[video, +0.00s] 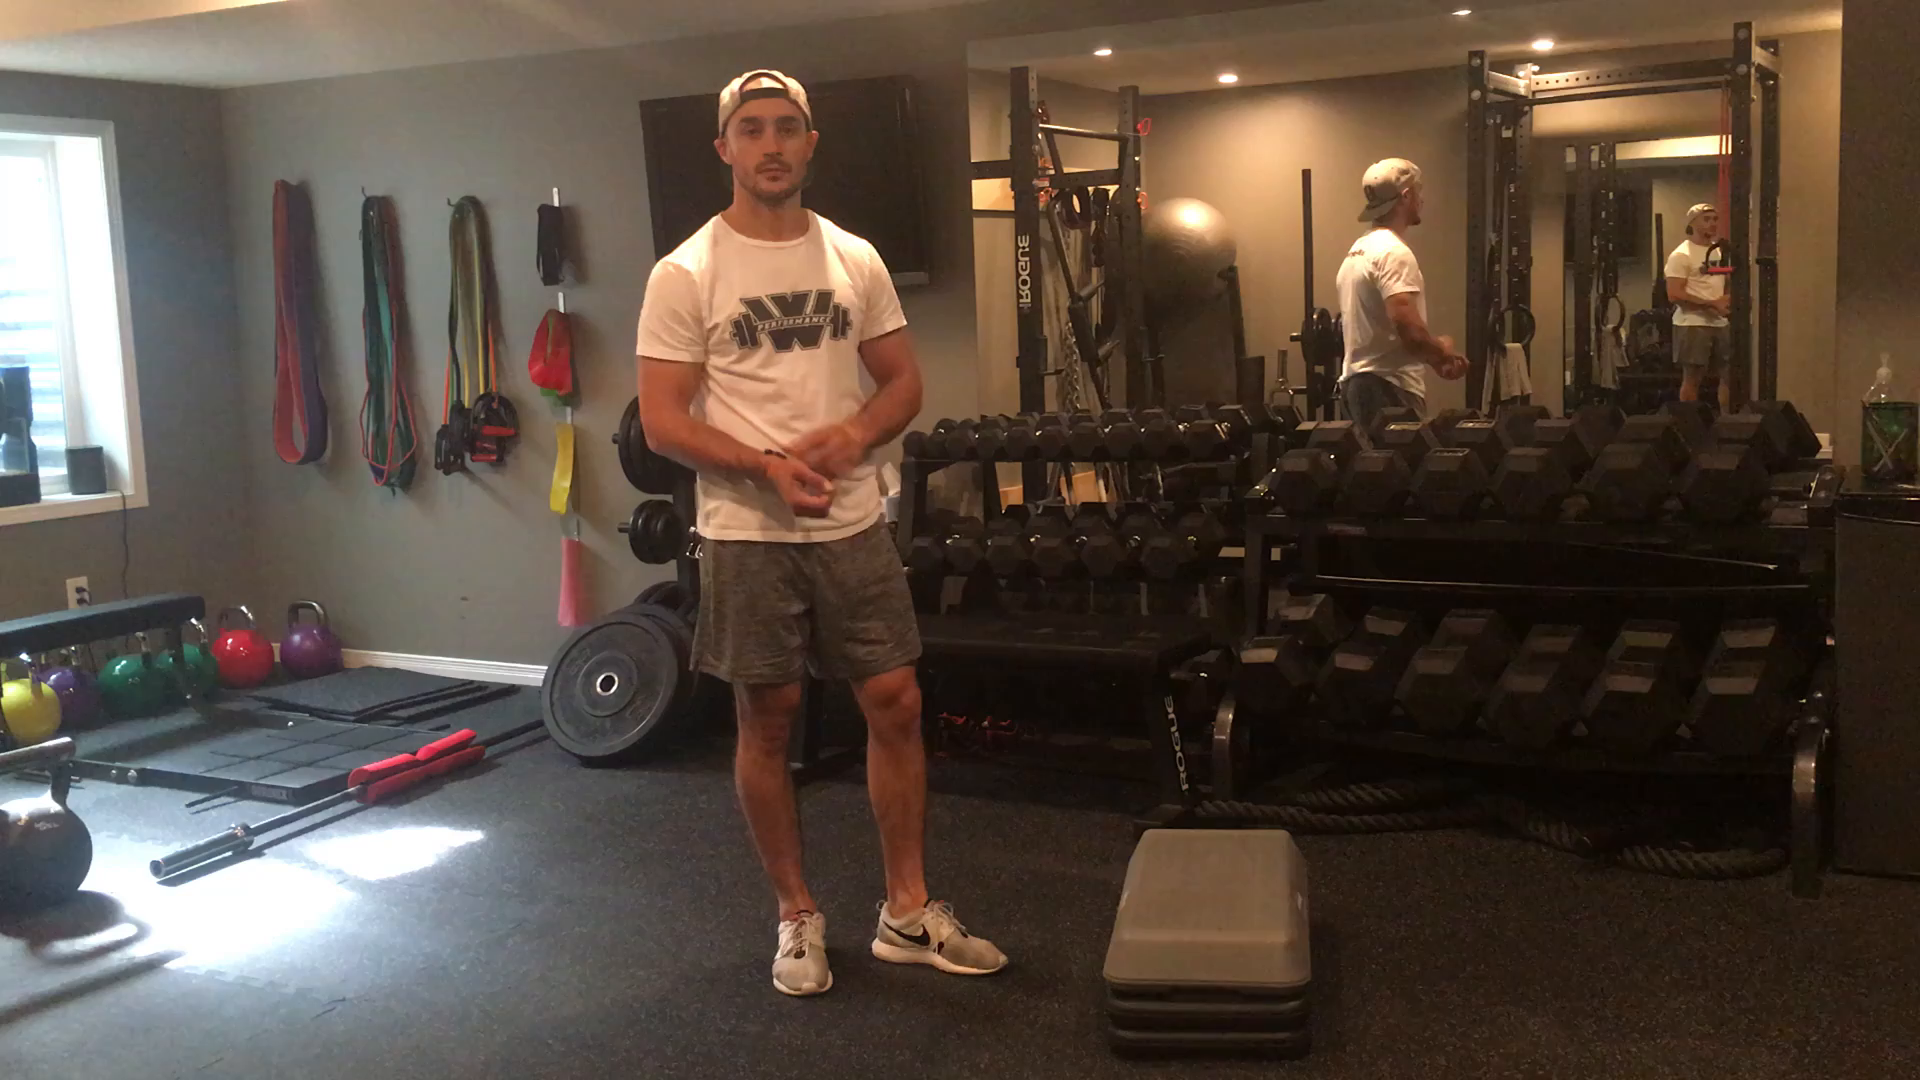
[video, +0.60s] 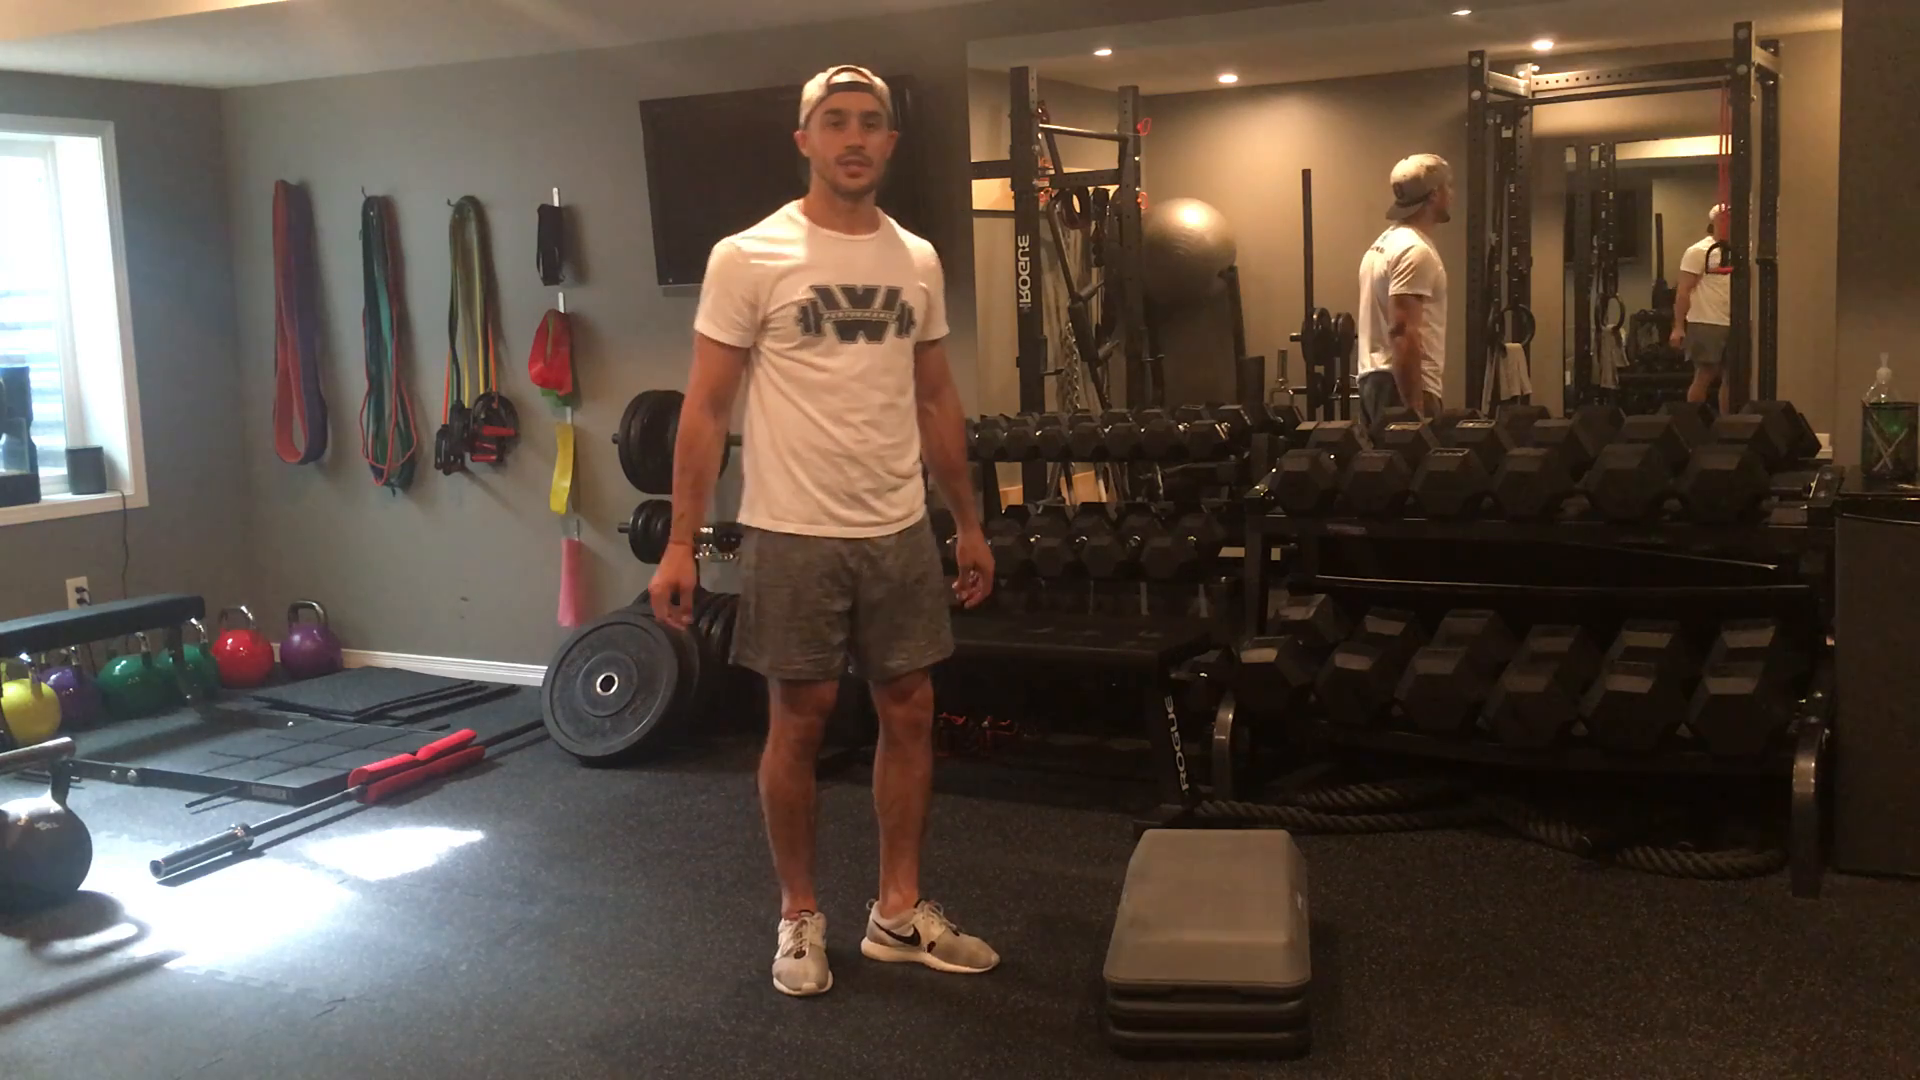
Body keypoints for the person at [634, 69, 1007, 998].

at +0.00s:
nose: (772, 145)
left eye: (787, 129)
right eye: (753, 131)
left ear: (811, 144)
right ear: (725, 148)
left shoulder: (854, 259)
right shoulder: (686, 274)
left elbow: (905, 385)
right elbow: (663, 422)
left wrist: (848, 437)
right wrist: (764, 463)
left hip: (855, 525)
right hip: (748, 534)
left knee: (896, 703)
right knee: (767, 716)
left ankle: (908, 909)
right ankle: (797, 916)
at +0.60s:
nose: (854, 140)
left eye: (870, 125)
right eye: (836, 124)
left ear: (892, 143)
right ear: (803, 139)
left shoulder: (915, 261)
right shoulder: (748, 258)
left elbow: (936, 399)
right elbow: (704, 408)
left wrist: (967, 517)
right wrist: (681, 542)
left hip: (900, 533)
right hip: (793, 536)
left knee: (910, 711)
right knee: (800, 721)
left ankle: (899, 910)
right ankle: (799, 915)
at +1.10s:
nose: (890, 143)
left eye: (907, 128)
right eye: (871, 128)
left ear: (929, 144)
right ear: (841, 142)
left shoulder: (959, 265)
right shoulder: (788, 258)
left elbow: (988, 405)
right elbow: (754, 402)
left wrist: (1029, 521)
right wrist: (762, 534)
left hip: (934, 535)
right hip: (826, 535)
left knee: (918, 717)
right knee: (827, 728)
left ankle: (901, 908)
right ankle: (822, 940)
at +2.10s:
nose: (930, 175)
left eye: (940, 158)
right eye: (913, 157)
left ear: (947, 158)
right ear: (863, 154)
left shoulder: (952, 271)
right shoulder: (790, 259)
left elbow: (974, 410)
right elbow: (757, 406)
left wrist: (1015, 527)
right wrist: (758, 536)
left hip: (937, 536)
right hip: (832, 537)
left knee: (920, 719)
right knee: (834, 726)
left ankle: (900, 908)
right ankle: (822, 942)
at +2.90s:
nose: (890, 144)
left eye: (905, 127)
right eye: (872, 128)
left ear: (931, 141)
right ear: (844, 143)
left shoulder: (974, 262)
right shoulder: (801, 264)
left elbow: (999, 400)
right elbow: (773, 415)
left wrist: (1035, 523)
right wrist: (762, 548)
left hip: (948, 535)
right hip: (840, 536)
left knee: (924, 722)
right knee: (837, 729)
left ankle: (900, 910)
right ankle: (822, 941)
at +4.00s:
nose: (880, 152)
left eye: (894, 134)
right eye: (860, 136)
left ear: (916, 144)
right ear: (829, 148)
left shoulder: (941, 266)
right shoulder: (779, 263)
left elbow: (966, 406)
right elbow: (748, 416)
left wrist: (1006, 529)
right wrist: (744, 551)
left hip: (930, 533)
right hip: (829, 538)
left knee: (914, 721)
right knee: (836, 733)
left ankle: (899, 911)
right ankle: (787, 938)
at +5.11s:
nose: (1056, 192)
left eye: (1054, 174)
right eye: (1044, 173)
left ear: (995, 179)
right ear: (990, 176)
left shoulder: (970, 270)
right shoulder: (924, 261)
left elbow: (913, 413)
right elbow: (851, 405)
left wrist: (958, 498)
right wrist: (947, 512)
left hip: (918, 541)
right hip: (876, 542)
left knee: (959, 736)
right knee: (963, 737)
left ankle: (902, 926)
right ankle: (815, 905)